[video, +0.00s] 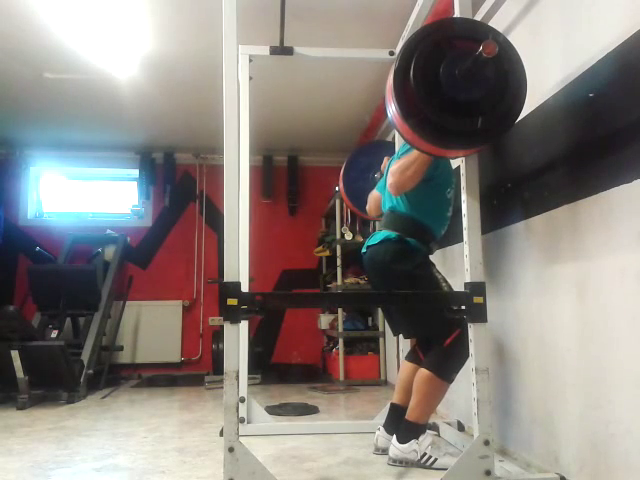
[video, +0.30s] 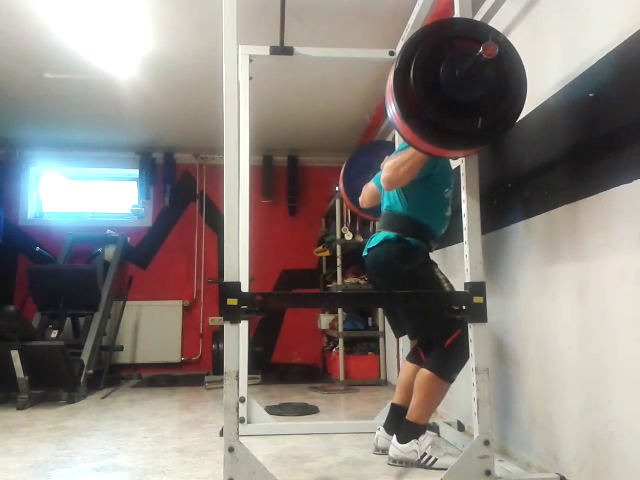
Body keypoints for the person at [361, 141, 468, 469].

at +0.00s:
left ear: (413, 119)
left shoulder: (404, 154)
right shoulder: (421, 145)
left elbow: (373, 208)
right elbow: (397, 184)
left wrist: (386, 171)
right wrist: (432, 143)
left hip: (381, 252)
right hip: (398, 253)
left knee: (427, 339)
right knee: (453, 340)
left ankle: (393, 428)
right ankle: (409, 440)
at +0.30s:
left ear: (415, 117)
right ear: (434, 112)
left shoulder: (410, 150)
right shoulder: (421, 142)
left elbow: (365, 198)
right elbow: (390, 178)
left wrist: (387, 169)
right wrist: (429, 143)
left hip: (382, 251)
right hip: (399, 252)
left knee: (426, 341)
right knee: (453, 342)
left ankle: (394, 428)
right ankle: (409, 439)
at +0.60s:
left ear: (414, 112)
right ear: (437, 109)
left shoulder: (410, 143)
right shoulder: (424, 138)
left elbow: (366, 196)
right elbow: (389, 175)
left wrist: (386, 168)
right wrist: (425, 144)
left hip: (386, 247)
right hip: (403, 248)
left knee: (427, 339)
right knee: (453, 340)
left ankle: (395, 427)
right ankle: (410, 439)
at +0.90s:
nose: (464, 140)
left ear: (417, 112)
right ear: (443, 115)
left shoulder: (406, 147)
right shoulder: (423, 142)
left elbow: (363, 190)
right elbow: (384, 166)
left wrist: (394, 180)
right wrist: (422, 137)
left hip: (382, 243)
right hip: (402, 243)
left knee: (420, 334)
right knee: (446, 334)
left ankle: (394, 426)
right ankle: (409, 439)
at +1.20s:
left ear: (416, 99)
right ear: (433, 97)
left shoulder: (413, 136)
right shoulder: (418, 128)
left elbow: (360, 181)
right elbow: (380, 155)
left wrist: (402, 183)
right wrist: (421, 122)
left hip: (380, 234)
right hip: (398, 234)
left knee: (400, 331)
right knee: (421, 329)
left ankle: (391, 427)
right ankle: (409, 440)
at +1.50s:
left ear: (411, 97)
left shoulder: (403, 133)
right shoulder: (410, 124)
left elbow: (356, 179)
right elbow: (374, 154)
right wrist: (414, 119)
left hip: (377, 228)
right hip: (393, 230)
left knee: (388, 331)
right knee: (408, 330)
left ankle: (390, 427)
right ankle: (409, 439)